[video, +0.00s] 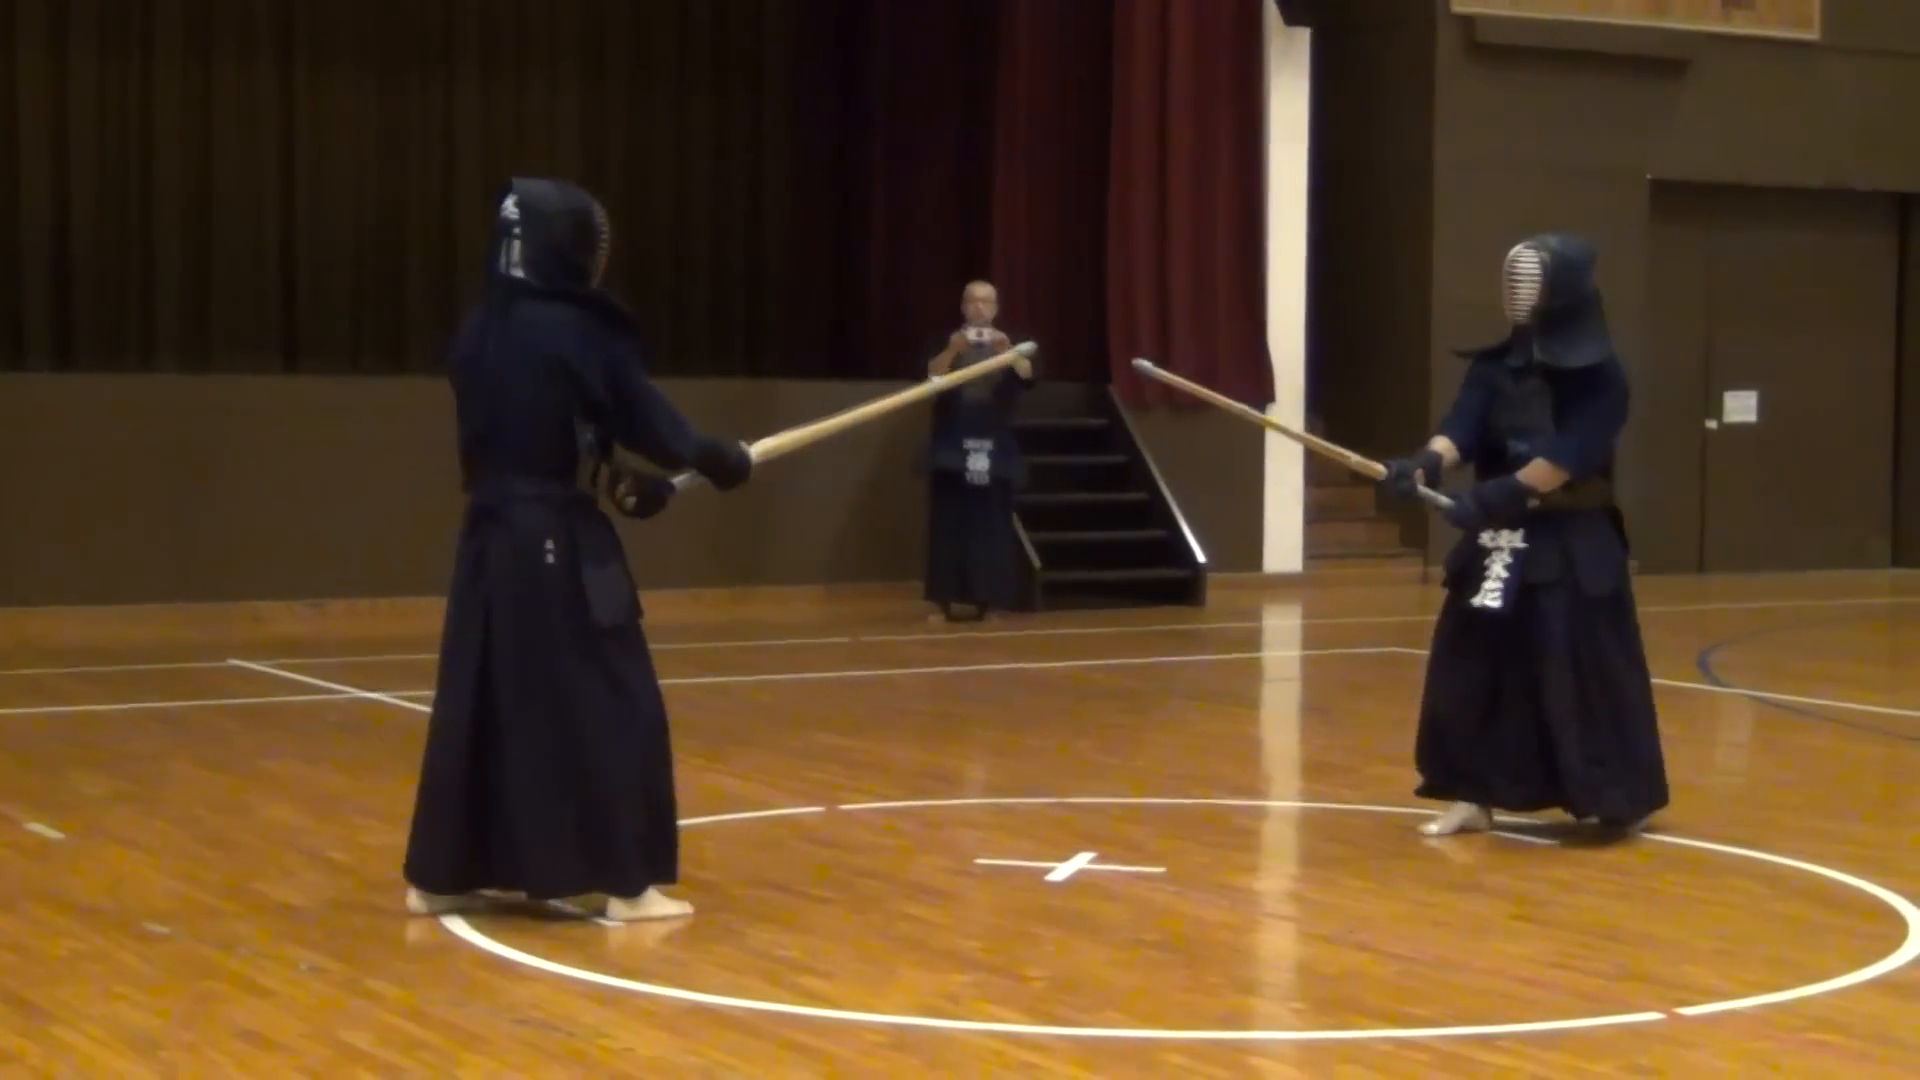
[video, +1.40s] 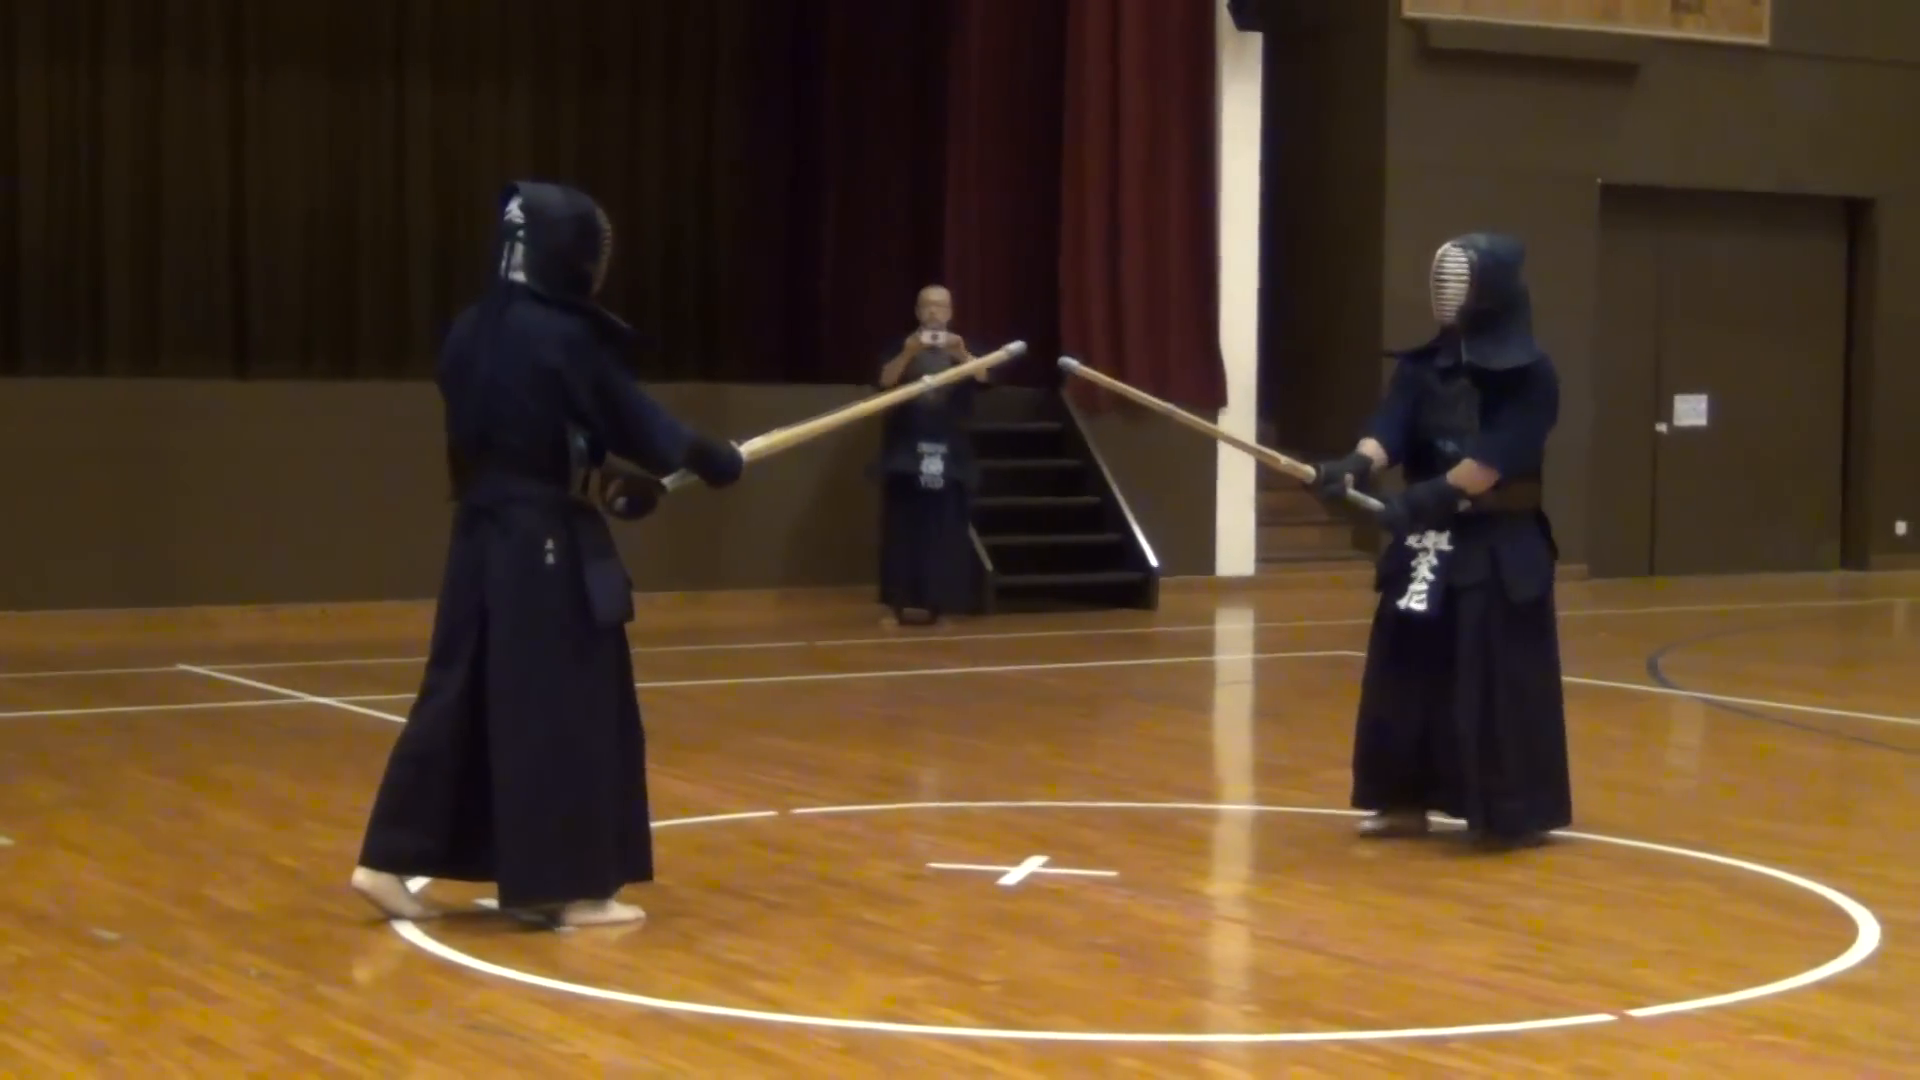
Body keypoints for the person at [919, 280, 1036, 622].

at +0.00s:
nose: (979, 308)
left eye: (986, 302)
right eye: (973, 302)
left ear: (997, 307)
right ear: (963, 306)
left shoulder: (1007, 348)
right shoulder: (947, 344)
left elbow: (1027, 376)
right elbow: (930, 375)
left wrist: (1002, 348)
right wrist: (954, 349)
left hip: (993, 441)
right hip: (952, 440)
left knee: (990, 516)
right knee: (950, 516)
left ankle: (989, 598)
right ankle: (947, 596)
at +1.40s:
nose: (934, 312)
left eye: (941, 306)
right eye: (928, 306)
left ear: (951, 311)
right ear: (918, 310)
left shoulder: (961, 351)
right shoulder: (901, 348)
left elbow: (985, 378)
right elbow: (884, 382)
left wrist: (961, 353)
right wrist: (910, 352)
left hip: (947, 445)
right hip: (906, 444)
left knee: (943, 522)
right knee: (903, 521)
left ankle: (940, 602)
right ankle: (899, 600)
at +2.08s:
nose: (897, 315)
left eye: (904, 308)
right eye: (891, 308)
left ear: (914, 314)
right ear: (880, 312)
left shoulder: (926, 352)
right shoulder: (865, 350)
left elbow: (951, 382)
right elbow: (848, 385)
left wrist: (922, 356)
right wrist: (872, 354)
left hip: (912, 448)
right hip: (870, 447)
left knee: (909, 523)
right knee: (866, 523)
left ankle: (906, 604)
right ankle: (861, 603)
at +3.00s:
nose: (883, 314)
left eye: (890, 308)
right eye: (877, 308)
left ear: (900, 314)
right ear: (867, 312)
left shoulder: (909, 354)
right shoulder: (853, 350)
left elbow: (933, 379)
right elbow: (833, 382)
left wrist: (908, 350)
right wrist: (857, 355)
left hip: (895, 446)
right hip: (855, 444)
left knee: (890, 521)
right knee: (852, 520)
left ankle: (885, 601)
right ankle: (846, 601)